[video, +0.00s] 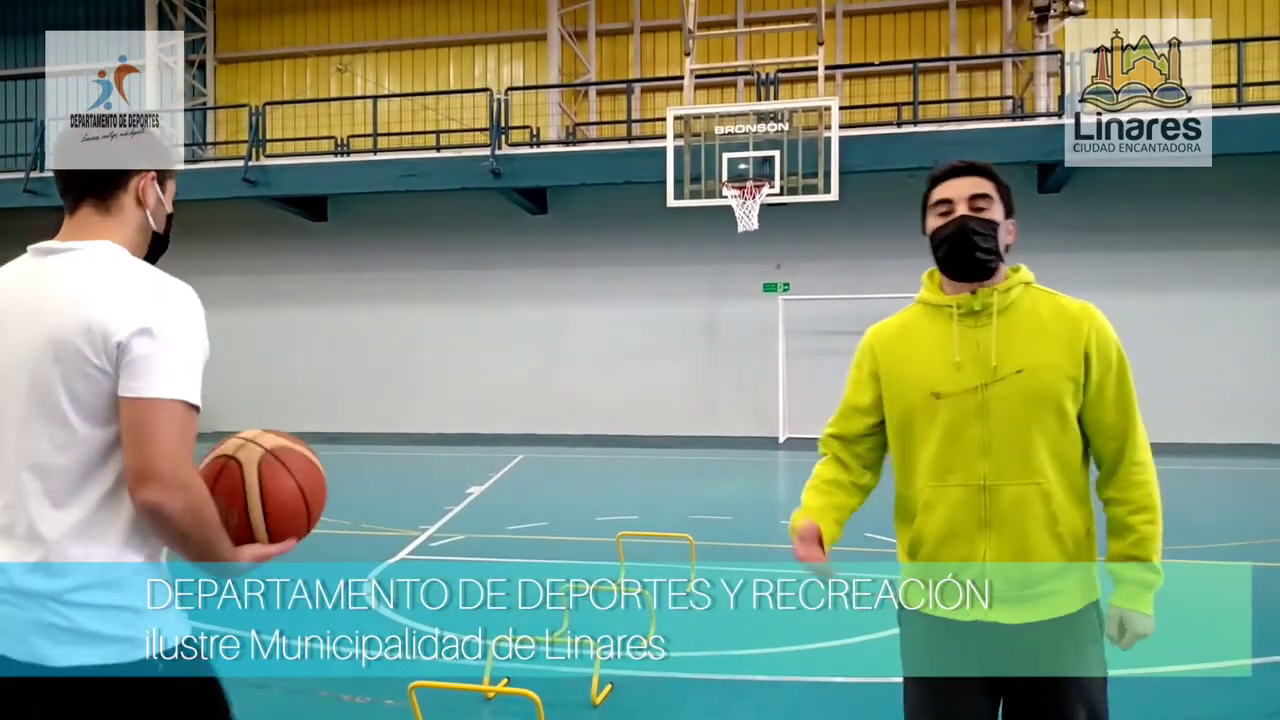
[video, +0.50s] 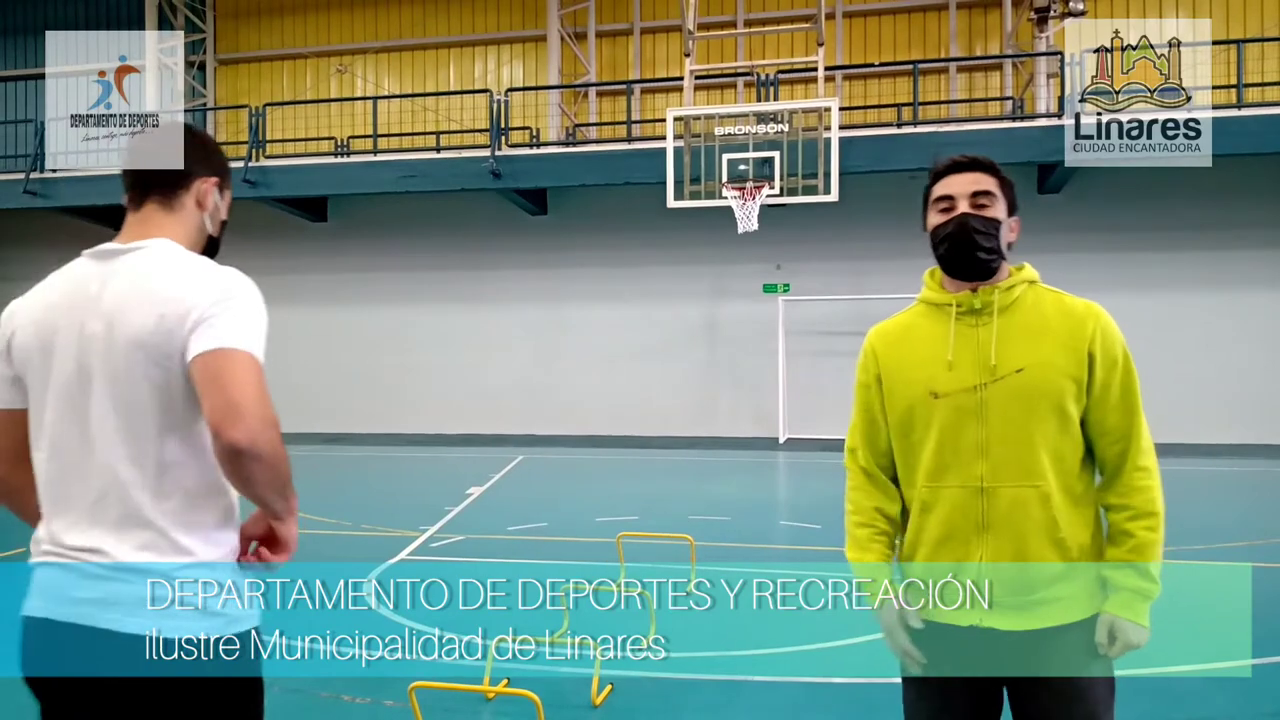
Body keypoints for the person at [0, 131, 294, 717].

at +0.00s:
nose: (170, 212)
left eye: (172, 195)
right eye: (172, 193)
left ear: (70, 188)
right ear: (147, 189)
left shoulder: (10, 280)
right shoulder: (153, 297)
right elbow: (159, 486)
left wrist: (189, 507)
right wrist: (226, 559)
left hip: (10, 628)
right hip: (112, 633)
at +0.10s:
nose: (175, 214)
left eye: (176, 198)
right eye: (176, 196)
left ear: (77, 190)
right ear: (151, 190)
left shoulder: (9, 285)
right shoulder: (158, 295)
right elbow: (168, 479)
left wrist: (164, 527)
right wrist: (246, 544)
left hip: (12, 623)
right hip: (120, 626)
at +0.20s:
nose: (179, 212)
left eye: (181, 196)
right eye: (180, 194)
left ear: (82, 192)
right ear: (159, 191)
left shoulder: (12, 287)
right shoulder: (166, 293)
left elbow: (33, 469)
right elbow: (177, 470)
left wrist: (169, 517)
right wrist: (255, 525)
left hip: (14, 627)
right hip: (129, 631)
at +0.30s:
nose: (189, 216)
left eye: (193, 202)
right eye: (191, 201)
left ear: (98, 192)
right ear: (171, 192)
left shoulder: (19, 290)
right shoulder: (176, 289)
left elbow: (35, 462)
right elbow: (205, 462)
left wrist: (176, 500)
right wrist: (260, 500)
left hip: (18, 621)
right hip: (137, 628)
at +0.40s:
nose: (205, 220)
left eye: (207, 205)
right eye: (207, 202)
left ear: (113, 192)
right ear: (187, 189)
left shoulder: (24, 300)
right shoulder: (192, 285)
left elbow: (9, 464)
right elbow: (229, 448)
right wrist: (265, 503)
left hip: (33, 625)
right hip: (163, 626)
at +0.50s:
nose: (222, 219)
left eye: (225, 205)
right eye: (224, 202)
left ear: (131, 194)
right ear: (208, 193)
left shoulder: (27, 308)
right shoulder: (214, 287)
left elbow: (12, 473)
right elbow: (239, 432)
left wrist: (78, 530)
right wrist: (278, 510)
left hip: (60, 625)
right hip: (188, 623)